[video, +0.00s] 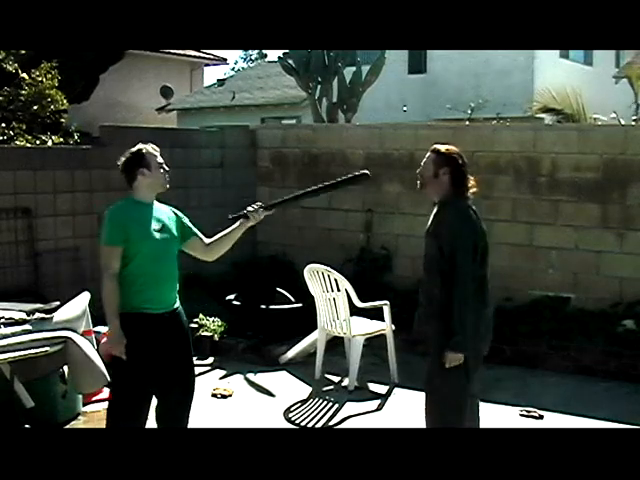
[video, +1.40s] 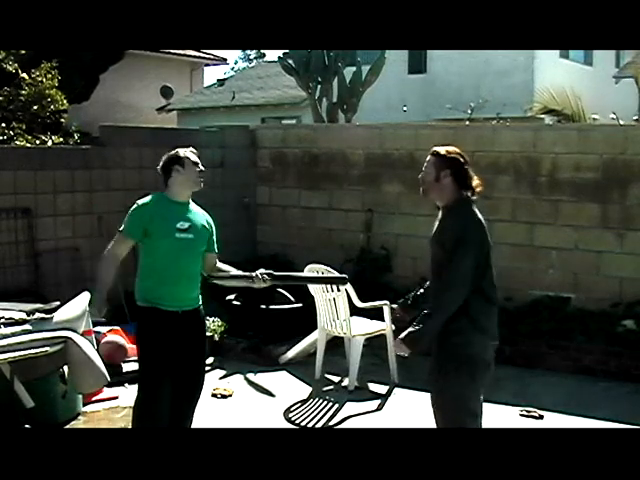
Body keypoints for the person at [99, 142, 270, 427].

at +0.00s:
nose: (167, 169)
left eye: (165, 164)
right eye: (160, 165)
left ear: (148, 173)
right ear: (141, 173)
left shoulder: (171, 216)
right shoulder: (119, 215)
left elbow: (208, 251)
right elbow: (110, 273)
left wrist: (244, 223)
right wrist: (114, 327)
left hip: (172, 321)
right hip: (135, 324)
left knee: (177, 403)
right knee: (128, 410)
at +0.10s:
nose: (176, 169)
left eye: (174, 164)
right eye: (169, 164)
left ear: (157, 173)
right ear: (151, 172)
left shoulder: (182, 215)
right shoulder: (126, 214)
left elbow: (206, 260)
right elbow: (117, 273)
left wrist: (245, 247)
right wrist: (122, 329)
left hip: (177, 320)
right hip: (141, 321)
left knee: (178, 402)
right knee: (135, 405)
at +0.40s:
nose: (199, 171)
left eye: (197, 166)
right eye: (192, 166)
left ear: (180, 174)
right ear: (173, 173)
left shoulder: (198, 218)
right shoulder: (143, 211)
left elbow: (203, 269)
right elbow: (126, 266)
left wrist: (243, 289)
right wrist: (130, 316)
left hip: (185, 318)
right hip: (150, 318)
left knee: (186, 390)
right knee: (148, 392)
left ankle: (176, 429)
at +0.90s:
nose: (174, 170)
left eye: (180, 165)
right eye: (168, 165)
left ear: (192, 171)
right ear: (160, 171)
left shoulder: (203, 217)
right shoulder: (145, 210)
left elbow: (204, 269)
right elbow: (118, 258)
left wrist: (208, 317)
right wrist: (111, 307)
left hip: (188, 317)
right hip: (149, 316)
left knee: (185, 393)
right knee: (150, 393)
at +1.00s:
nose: (167, 170)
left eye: (174, 165)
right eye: (164, 165)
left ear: (190, 171)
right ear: (160, 171)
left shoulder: (204, 216)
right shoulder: (144, 210)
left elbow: (207, 269)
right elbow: (111, 248)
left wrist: (210, 316)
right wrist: (92, 277)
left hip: (189, 317)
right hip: (149, 315)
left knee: (185, 393)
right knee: (150, 392)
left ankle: (177, 429)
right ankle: (144, 431)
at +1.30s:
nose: (196, 166)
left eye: (196, 162)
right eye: (188, 162)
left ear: (195, 173)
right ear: (167, 170)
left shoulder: (204, 219)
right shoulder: (144, 210)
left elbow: (214, 270)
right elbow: (104, 241)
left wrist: (241, 303)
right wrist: (78, 264)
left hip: (191, 316)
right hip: (153, 315)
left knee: (188, 390)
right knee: (154, 389)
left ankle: (178, 432)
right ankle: (146, 432)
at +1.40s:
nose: (203, 170)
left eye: (201, 165)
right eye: (196, 165)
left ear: (184, 173)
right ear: (176, 171)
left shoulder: (204, 220)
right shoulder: (146, 210)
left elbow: (211, 268)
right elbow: (113, 255)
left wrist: (249, 278)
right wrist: (99, 300)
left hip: (191, 317)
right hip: (153, 316)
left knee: (188, 391)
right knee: (155, 391)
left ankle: (178, 432)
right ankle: (147, 433)